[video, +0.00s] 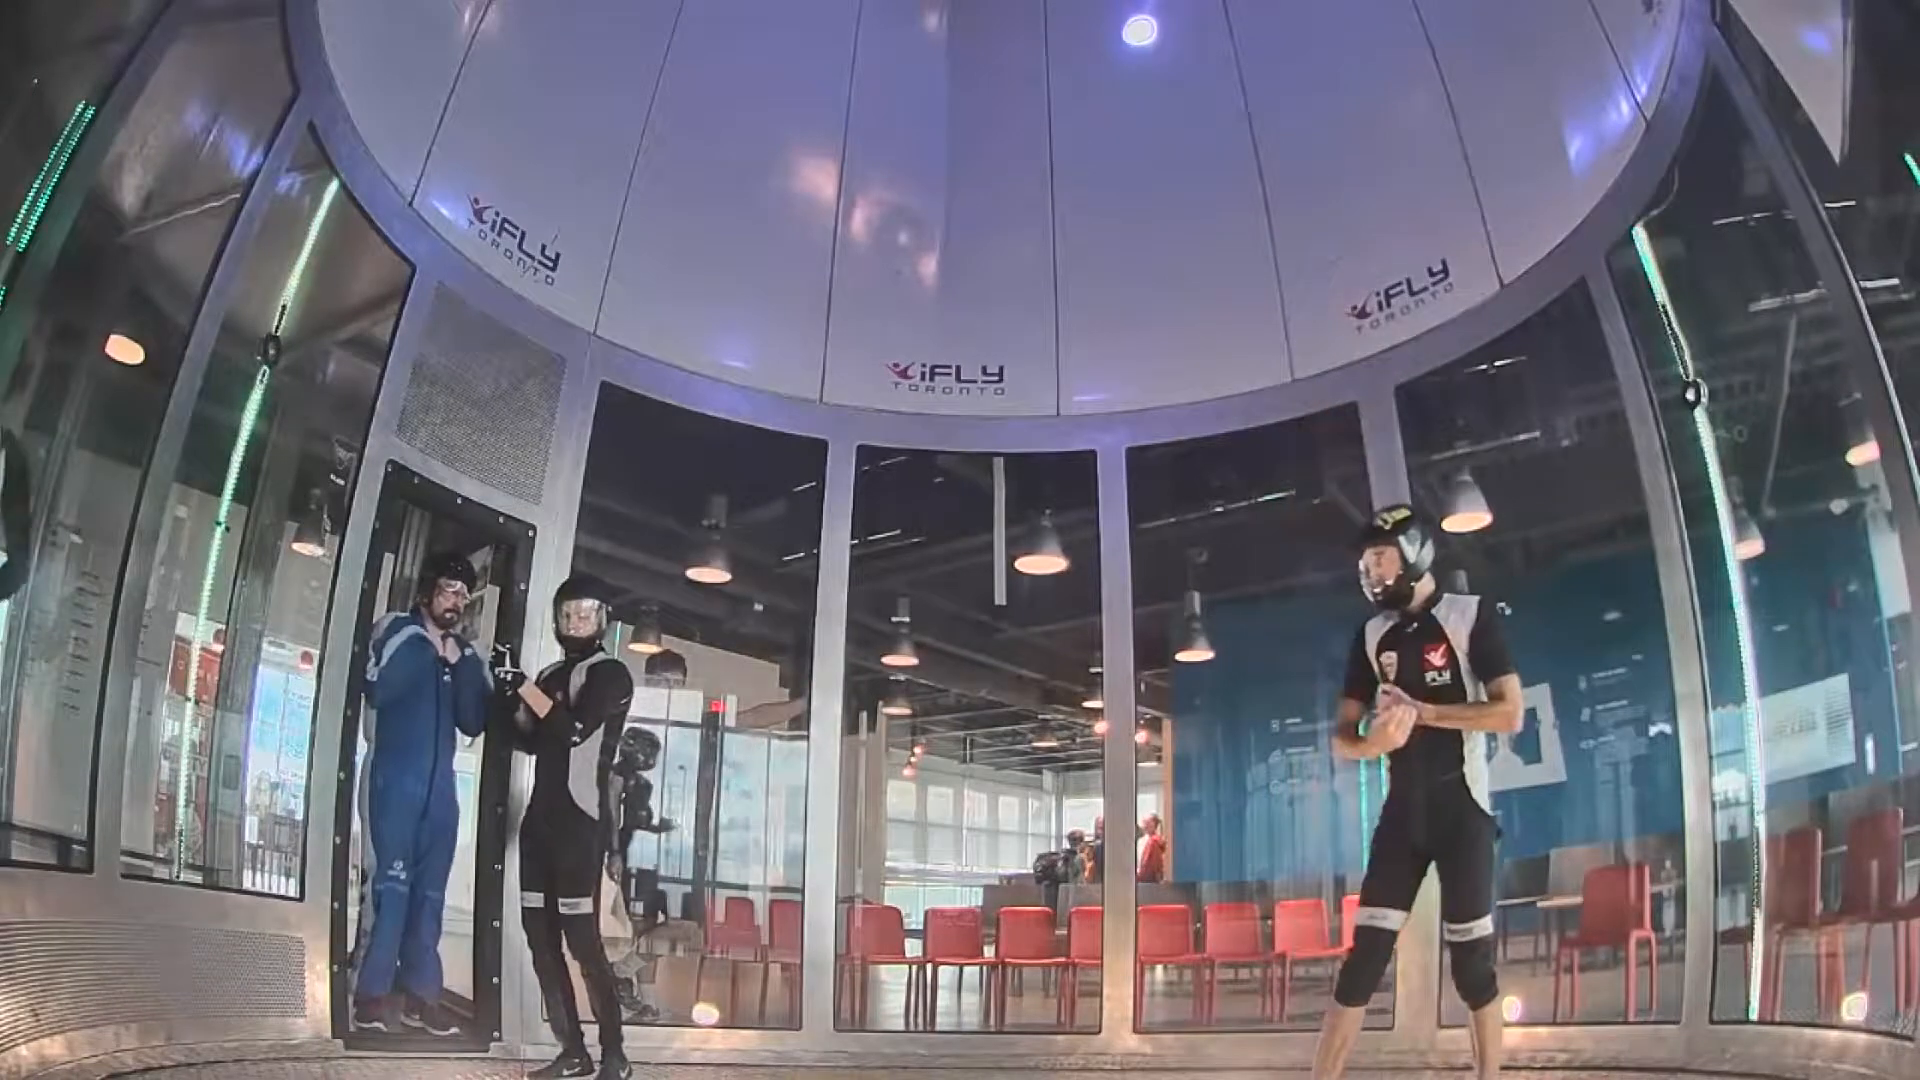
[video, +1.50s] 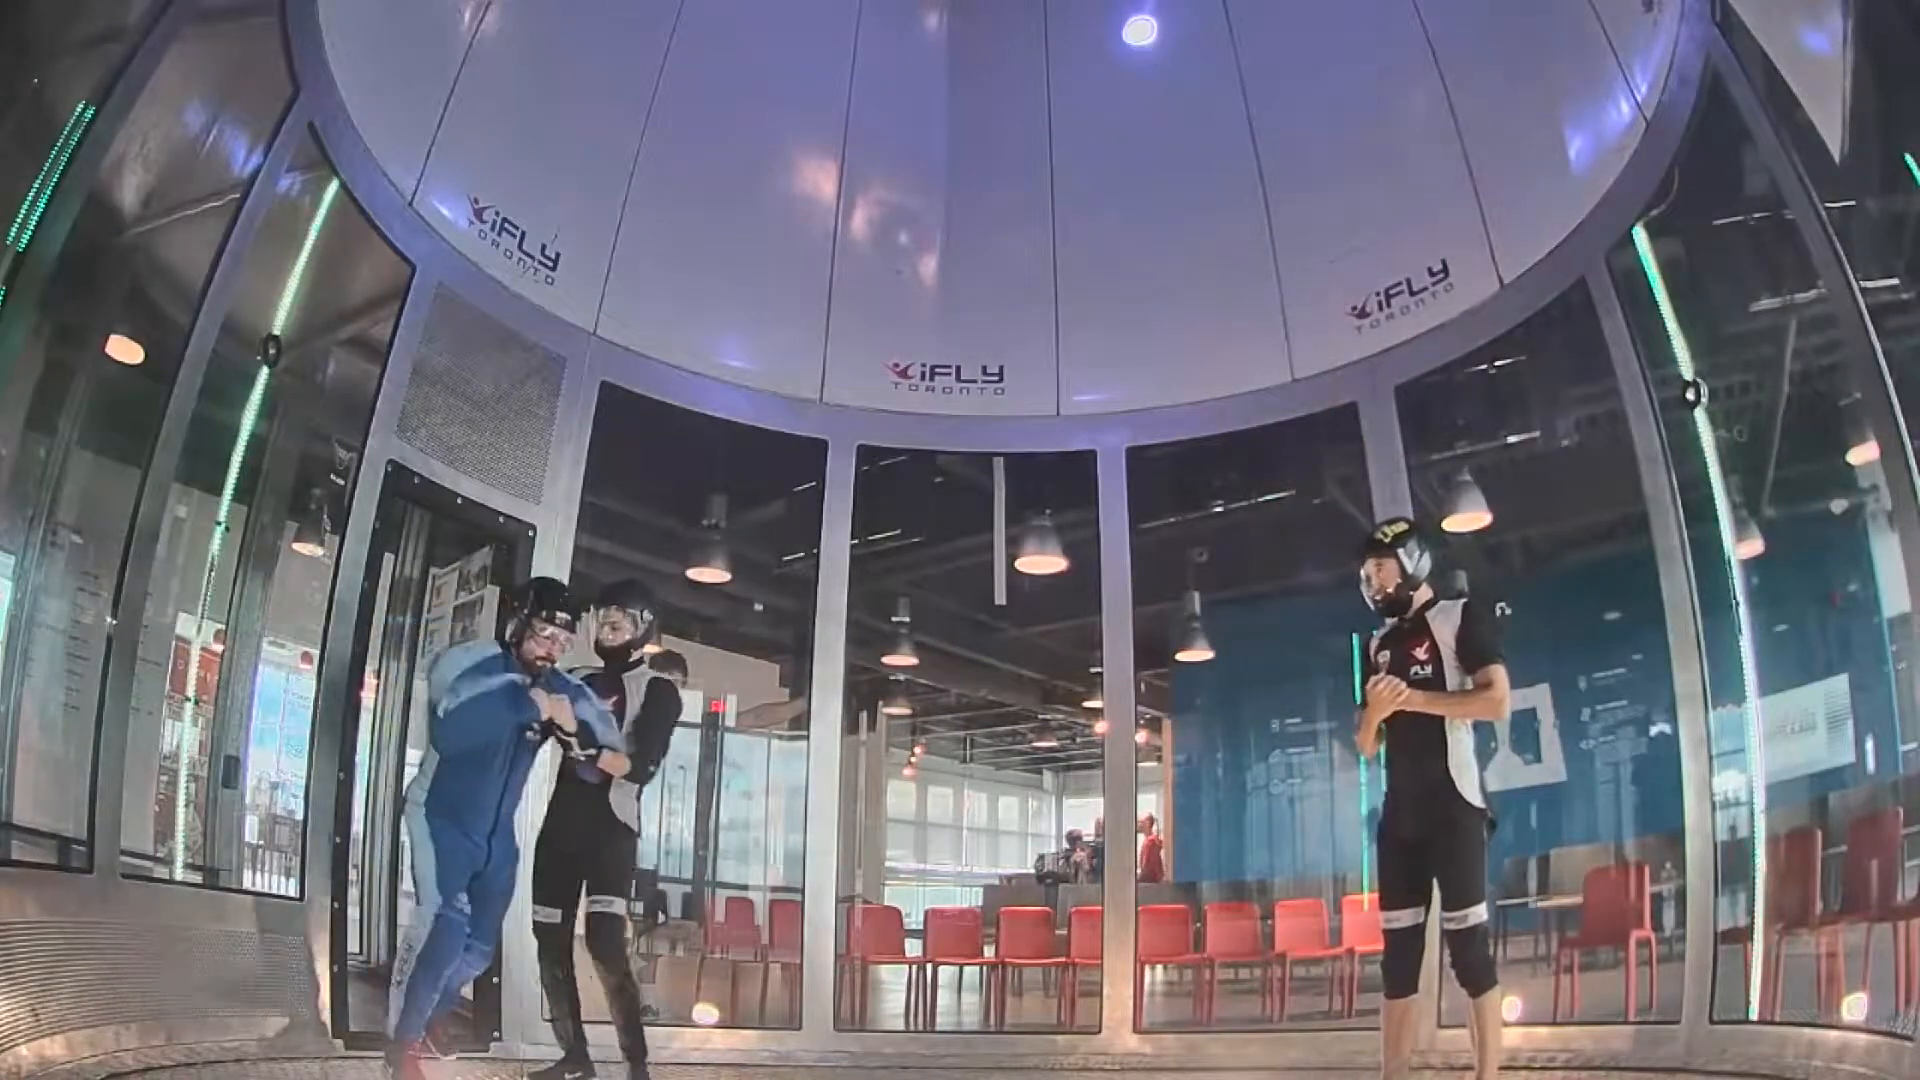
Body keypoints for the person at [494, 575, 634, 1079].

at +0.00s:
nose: (579, 620)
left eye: (588, 612)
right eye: (571, 612)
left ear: (603, 618)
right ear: (557, 618)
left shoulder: (611, 674)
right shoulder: (550, 676)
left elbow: (571, 733)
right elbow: (530, 740)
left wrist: (523, 682)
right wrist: (506, 691)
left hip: (580, 819)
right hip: (540, 815)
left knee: (581, 935)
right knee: (540, 933)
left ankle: (613, 1053)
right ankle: (573, 1051)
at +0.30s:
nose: (544, 624)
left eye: (552, 615)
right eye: (543, 615)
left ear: (579, 613)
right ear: (555, 616)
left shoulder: (603, 669)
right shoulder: (549, 674)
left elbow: (565, 725)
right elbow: (523, 737)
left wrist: (528, 693)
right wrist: (514, 712)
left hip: (580, 820)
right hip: (540, 816)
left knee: (583, 934)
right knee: (541, 930)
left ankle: (612, 1053)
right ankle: (573, 1050)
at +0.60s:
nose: (545, 625)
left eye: (552, 615)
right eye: (543, 615)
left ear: (579, 613)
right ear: (566, 615)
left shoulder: (605, 672)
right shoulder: (552, 676)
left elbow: (624, 743)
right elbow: (541, 737)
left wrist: (555, 740)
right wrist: (516, 737)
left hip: (581, 822)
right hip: (541, 819)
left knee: (584, 937)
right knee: (546, 935)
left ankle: (613, 1055)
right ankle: (575, 1053)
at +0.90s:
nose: (564, 627)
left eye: (574, 619)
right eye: (563, 619)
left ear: (601, 622)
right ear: (571, 622)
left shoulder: (620, 681)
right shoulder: (565, 681)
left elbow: (607, 765)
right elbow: (565, 754)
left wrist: (541, 748)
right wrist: (524, 747)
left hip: (591, 822)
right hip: (551, 817)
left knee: (591, 939)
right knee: (551, 939)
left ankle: (615, 1057)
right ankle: (576, 1054)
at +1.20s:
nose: (586, 632)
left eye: (595, 624)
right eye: (584, 623)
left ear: (623, 626)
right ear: (587, 625)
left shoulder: (634, 686)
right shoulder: (579, 686)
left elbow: (591, 748)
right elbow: (549, 749)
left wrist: (541, 715)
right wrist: (510, 713)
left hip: (595, 828)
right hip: (554, 822)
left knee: (580, 948)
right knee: (551, 945)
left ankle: (615, 1059)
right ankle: (578, 1057)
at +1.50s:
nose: (605, 628)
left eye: (617, 620)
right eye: (601, 619)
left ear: (642, 628)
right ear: (594, 625)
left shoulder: (658, 689)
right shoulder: (582, 685)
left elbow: (643, 765)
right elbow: (549, 734)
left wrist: (583, 743)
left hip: (613, 827)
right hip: (562, 819)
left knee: (604, 941)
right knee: (550, 944)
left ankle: (636, 1062)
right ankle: (575, 1057)